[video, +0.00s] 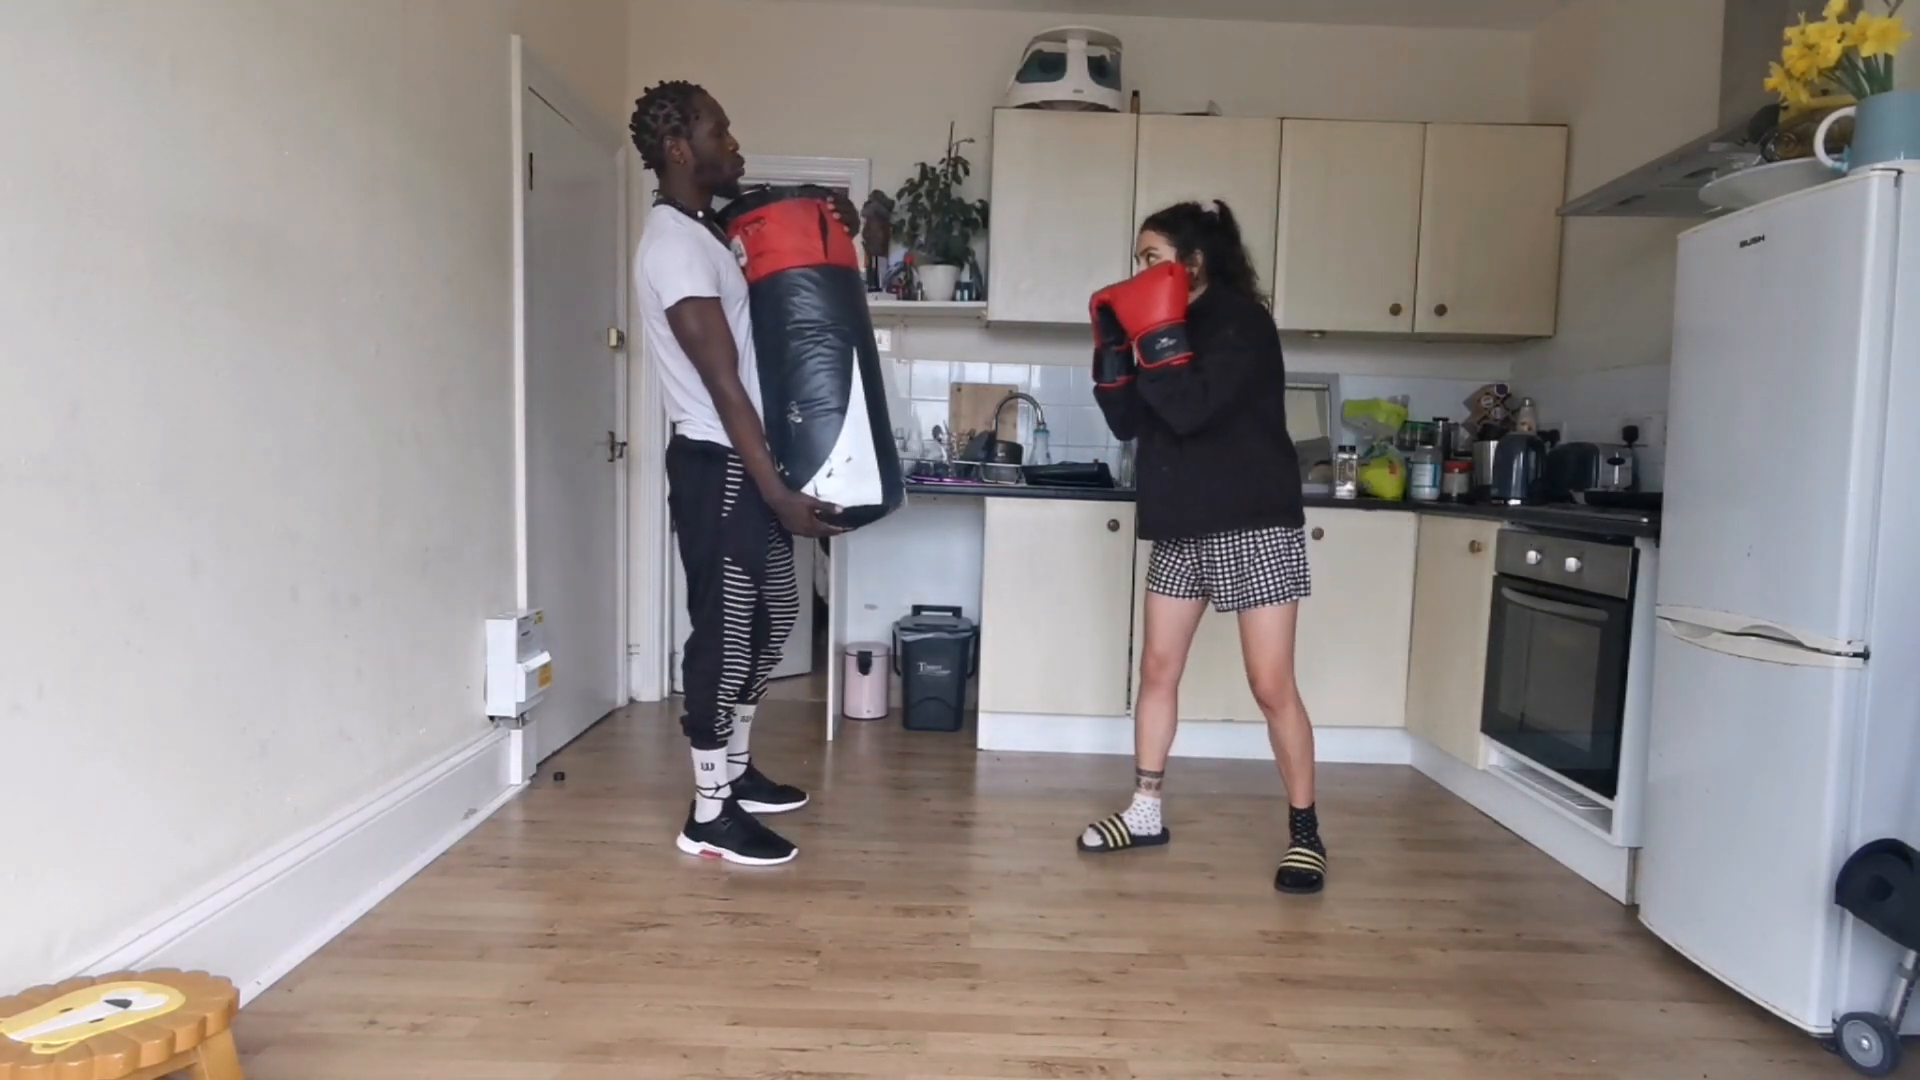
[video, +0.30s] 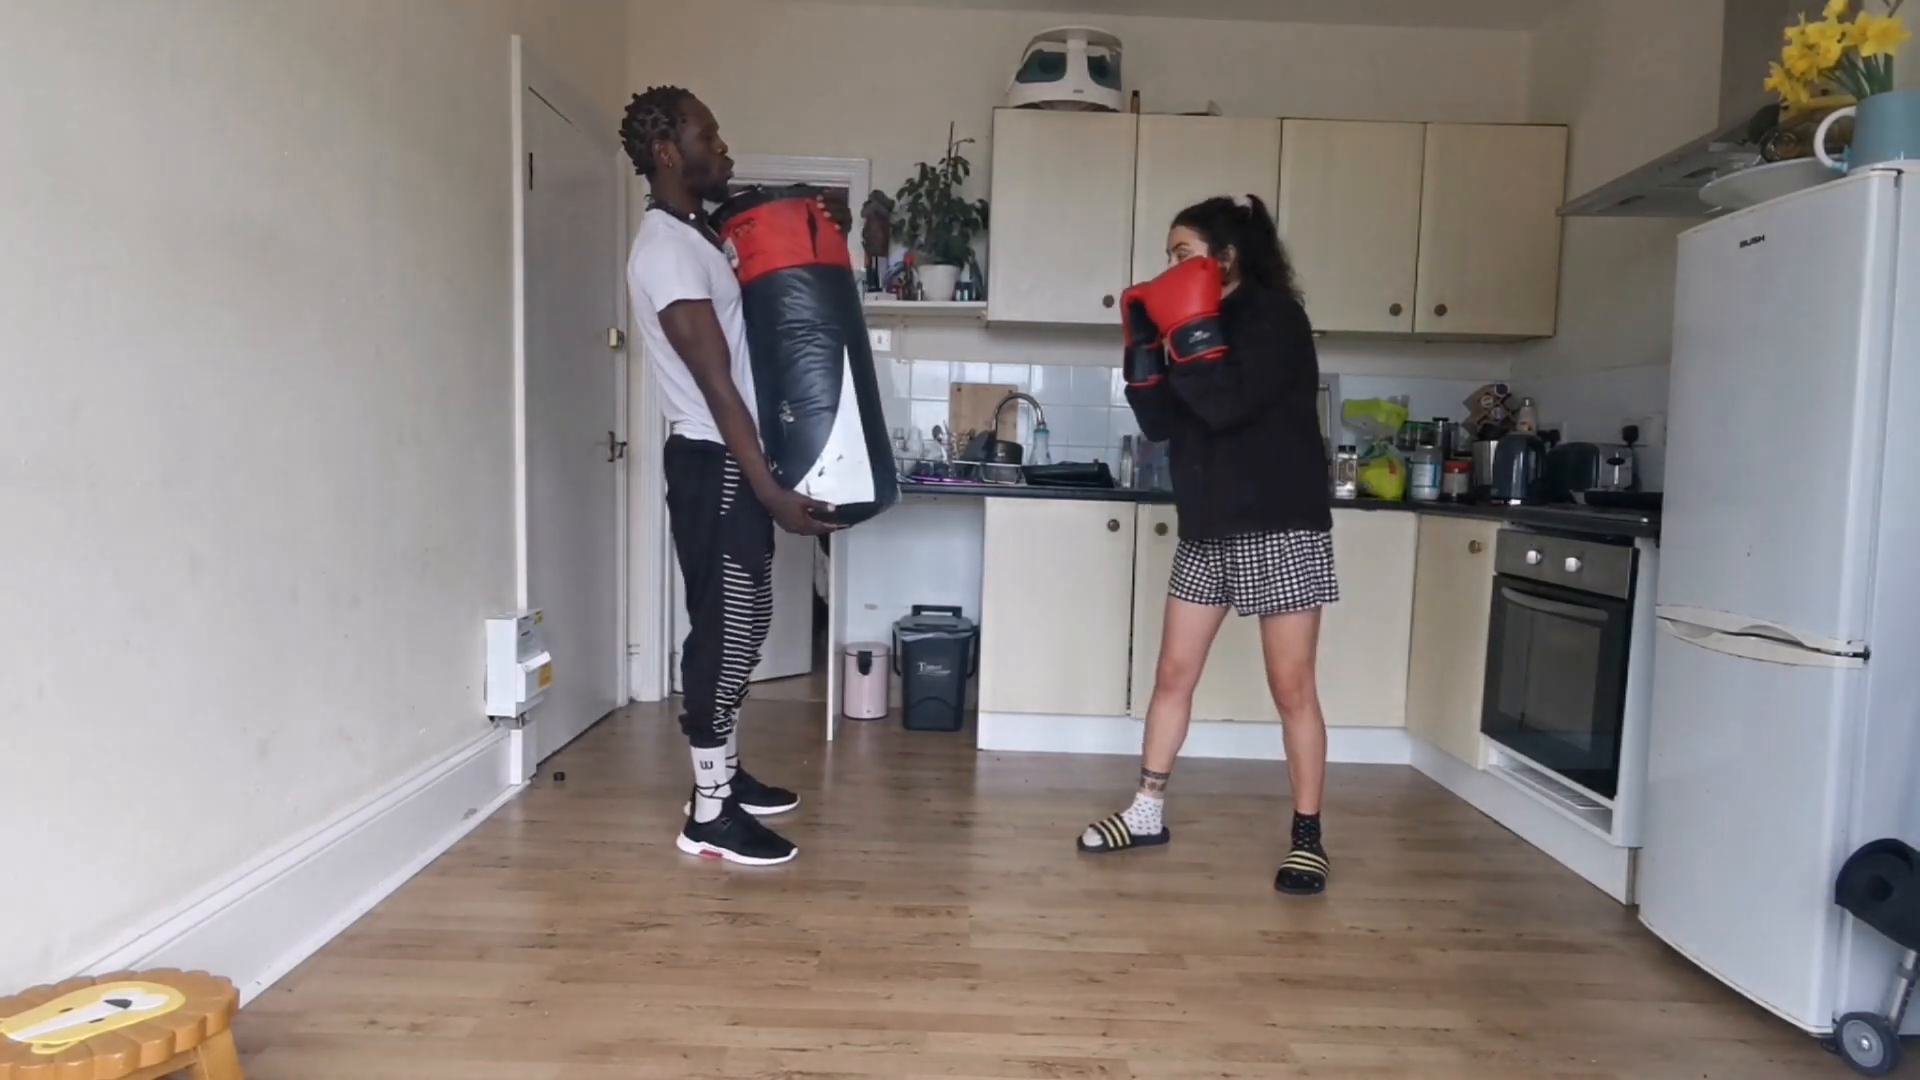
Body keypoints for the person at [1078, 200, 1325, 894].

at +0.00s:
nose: (1143, 270)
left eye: (1153, 258)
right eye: (1139, 259)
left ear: (1197, 259)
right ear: (1156, 265)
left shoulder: (1242, 320)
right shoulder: (1162, 326)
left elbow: (1191, 410)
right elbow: (1127, 422)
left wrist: (1159, 332)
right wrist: (1111, 342)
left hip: (1257, 518)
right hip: (1180, 520)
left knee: (1272, 686)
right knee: (1158, 668)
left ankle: (1304, 834)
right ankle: (1146, 810)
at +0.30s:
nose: (1176, 266)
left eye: (1186, 253)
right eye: (1174, 256)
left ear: (1228, 254)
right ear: (1194, 260)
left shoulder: (1273, 315)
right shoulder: (1194, 324)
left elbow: (1228, 406)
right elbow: (1158, 424)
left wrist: (1190, 327)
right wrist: (1140, 341)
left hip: (1285, 518)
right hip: (1209, 520)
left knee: (1292, 686)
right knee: (1173, 671)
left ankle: (1306, 836)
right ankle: (1147, 810)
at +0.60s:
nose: (1207, 264)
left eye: (1221, 250)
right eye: (1204, 252)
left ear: (1264, 250)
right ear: (1209, 256)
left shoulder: (1307, 314)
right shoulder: (1216, 323)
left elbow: (1249, 390)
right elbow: (1168, 404)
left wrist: (1228, 313)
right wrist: (1164, 323)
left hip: (1294, 517)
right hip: (1215, 517)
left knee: (1299, 687)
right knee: (1185, 676)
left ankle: (1307, 833)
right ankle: (1148, 810)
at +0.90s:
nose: (1234, 256)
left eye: (1247, 242)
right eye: (1233, 243)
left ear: (1286, 250)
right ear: (1242, 258)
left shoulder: (1322, 317)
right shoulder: (1232, 319)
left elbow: (1250, 379)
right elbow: (1168, 386)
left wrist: (1241, 304)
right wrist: (1184, 300)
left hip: (1293, 520)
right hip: (1213, 516)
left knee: (1298, 688)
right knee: (1185, 677)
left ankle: (1307, 833)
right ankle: (1148, 810)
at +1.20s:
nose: (1245, 259)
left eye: (1258, 245)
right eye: (1243, 246)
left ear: (1297, 254)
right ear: (1250, 260)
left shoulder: (1328, 317)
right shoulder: (1239, 316)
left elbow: (1253, 380)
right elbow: (1177, 389)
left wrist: (1247, 303)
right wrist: (1192, 302)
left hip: (1293, 517)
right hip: (1216, 513)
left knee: (1297, 686)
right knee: (1185, 677)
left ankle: (1308, 834)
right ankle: (1148, 809)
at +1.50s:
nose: (1237, 261)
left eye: (1249, 248)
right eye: (1235, 248)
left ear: (1288, 255)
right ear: (1248, 262)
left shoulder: (1323, 318)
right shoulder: (1237, 319)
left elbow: (1247, 382)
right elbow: (1177, 392)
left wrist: (1241, 304)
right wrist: (1186, 305)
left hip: (1293, 518)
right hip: (1218, 514)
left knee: (1297, 684)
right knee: (1180, 674)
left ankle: (1307, 835)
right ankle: (1148, 810)